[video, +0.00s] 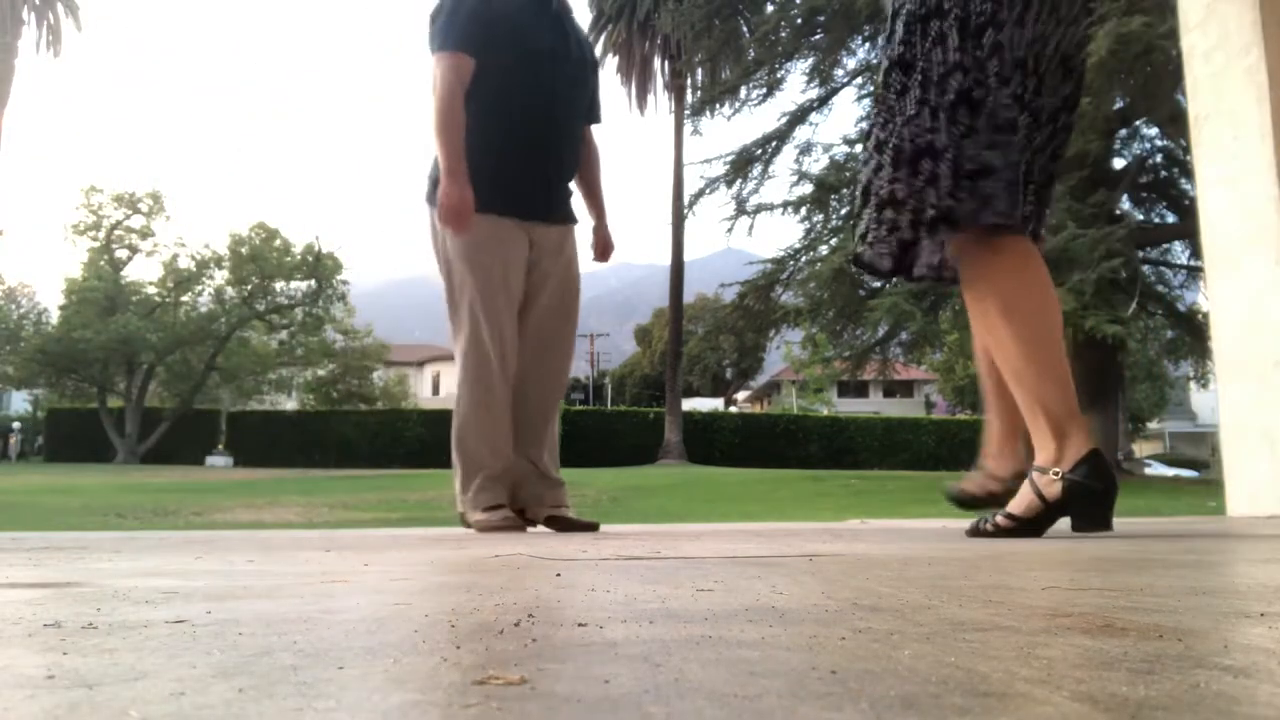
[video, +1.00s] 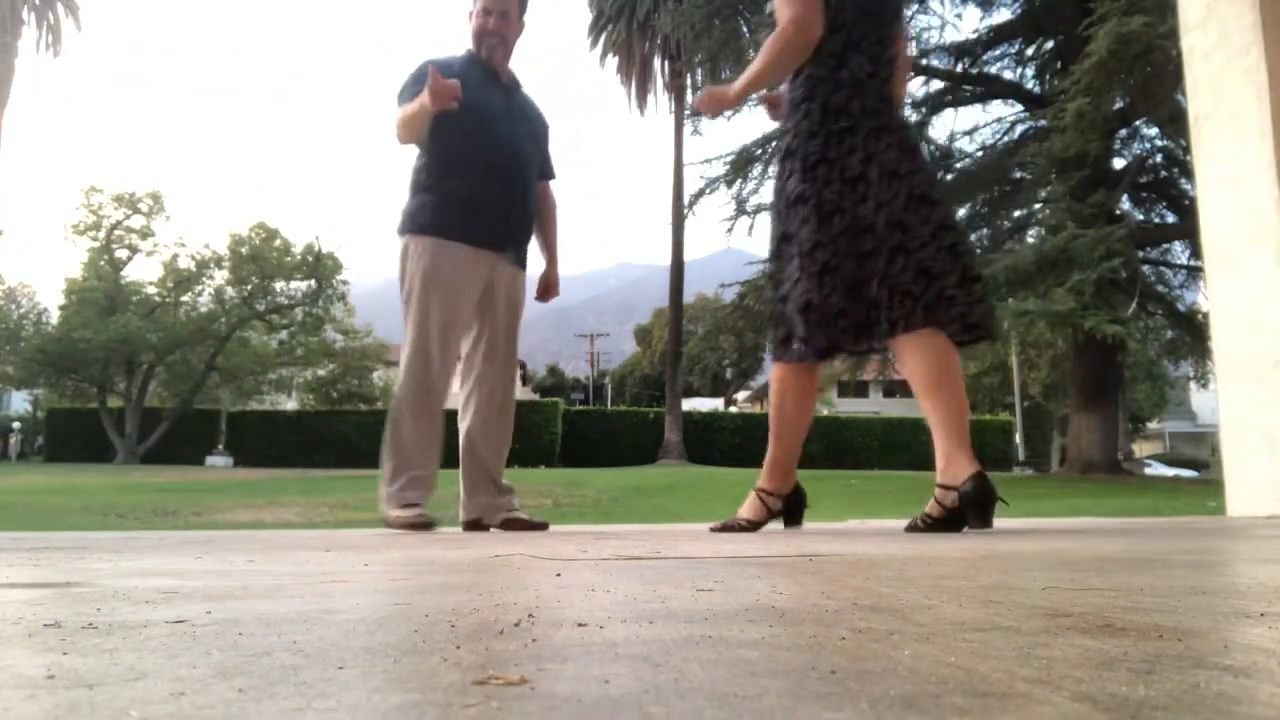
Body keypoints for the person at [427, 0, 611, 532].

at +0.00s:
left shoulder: (576, 39)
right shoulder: (472, 5)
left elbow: (580, 134)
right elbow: (449, 83)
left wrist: (598, 214)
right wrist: (454, 177)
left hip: (552, 213)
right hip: (481, 207)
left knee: (547, 358)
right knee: (487, 354)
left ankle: (539, 495)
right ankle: (484, 499)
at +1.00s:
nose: (493, 24)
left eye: (505, 16)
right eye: (486, 13)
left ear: (521, 27)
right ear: (472, 18)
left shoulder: (531, 114)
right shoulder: (439, 70)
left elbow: (542, 191)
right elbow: (405, 131)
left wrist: (550, 261)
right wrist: (428, 106)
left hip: (507, 256)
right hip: (441, 243)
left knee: (493, 380)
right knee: (425, 370)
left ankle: (486, 504)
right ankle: (405, 498)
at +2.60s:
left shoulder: (367, 30)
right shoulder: (260, 1)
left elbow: (366, 125)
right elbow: (208, 39)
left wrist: (450, 164)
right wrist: (239, 123)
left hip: (344, 200)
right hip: (264, 178)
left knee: (374, 336)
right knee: (250, 339)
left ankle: (363, 497)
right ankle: (221, 504)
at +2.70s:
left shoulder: (361, 29)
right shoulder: (257, 1)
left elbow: (356, 127)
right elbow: (204, 41)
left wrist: (436, 173)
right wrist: (233, 111)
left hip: (332, 197)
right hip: (256, 172)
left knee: (367, 332)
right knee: (245, 336)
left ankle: (346, 500)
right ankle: (218, 505)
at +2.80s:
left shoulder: (357, 26)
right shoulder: (250, 1)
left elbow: (352, 124)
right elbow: (197, 35)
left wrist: (426, 172)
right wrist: (238, 92)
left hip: (330, 193)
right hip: (253, 169)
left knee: (342, 340)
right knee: (243, 337)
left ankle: (340, 505)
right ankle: (218, 505)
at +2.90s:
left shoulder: (356, 23)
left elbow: (345, 119)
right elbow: (191, 27)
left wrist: (420, 165)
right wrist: (253, 78)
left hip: (332, 191)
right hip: (251, 170)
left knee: (338, 343)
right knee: (241, 338)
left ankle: (341, 503)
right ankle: (219, 505)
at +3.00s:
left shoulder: (354, 27)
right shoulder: (240, 1)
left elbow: (345, 123)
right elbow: (195, 33)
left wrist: (423, 167)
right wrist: (259, 81)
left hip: (332, 192)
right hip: (250, 172)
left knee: (343, 342)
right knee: (250, 334)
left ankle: (341, 503)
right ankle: (220, 504)